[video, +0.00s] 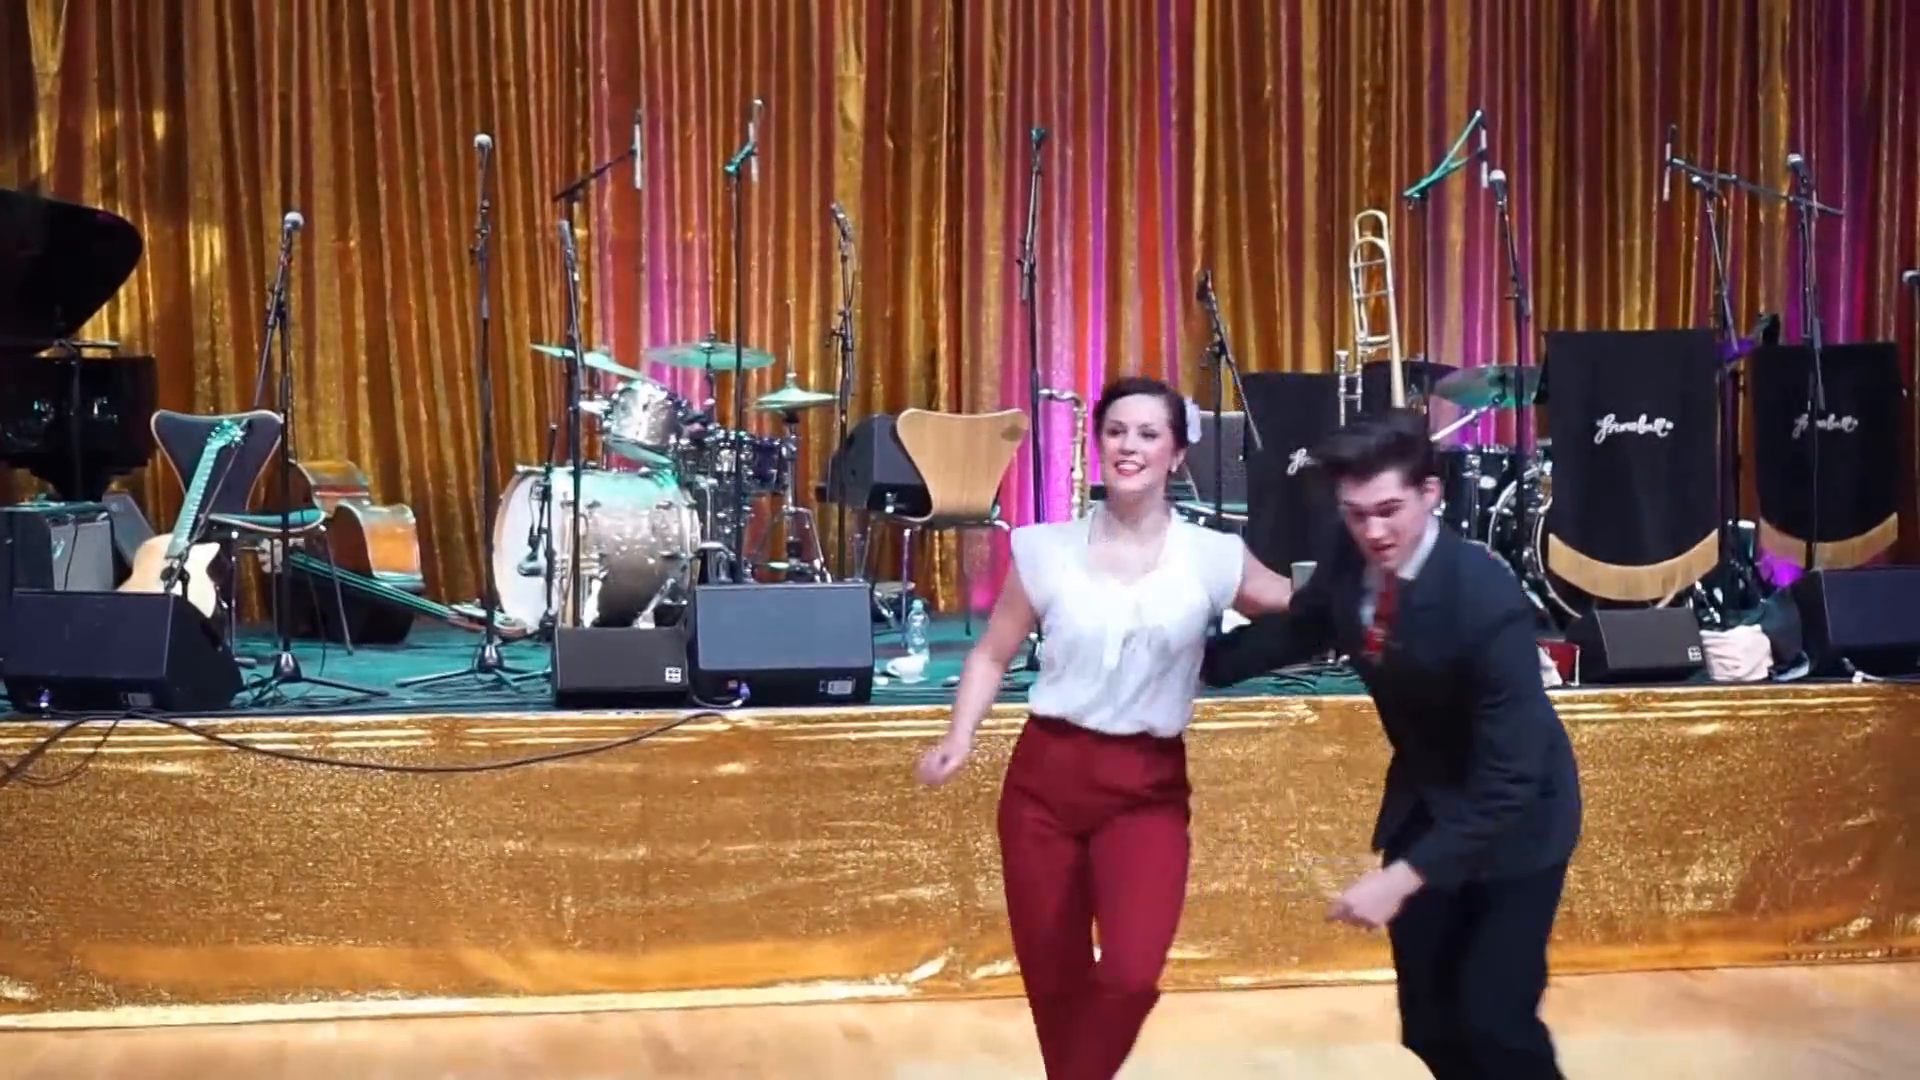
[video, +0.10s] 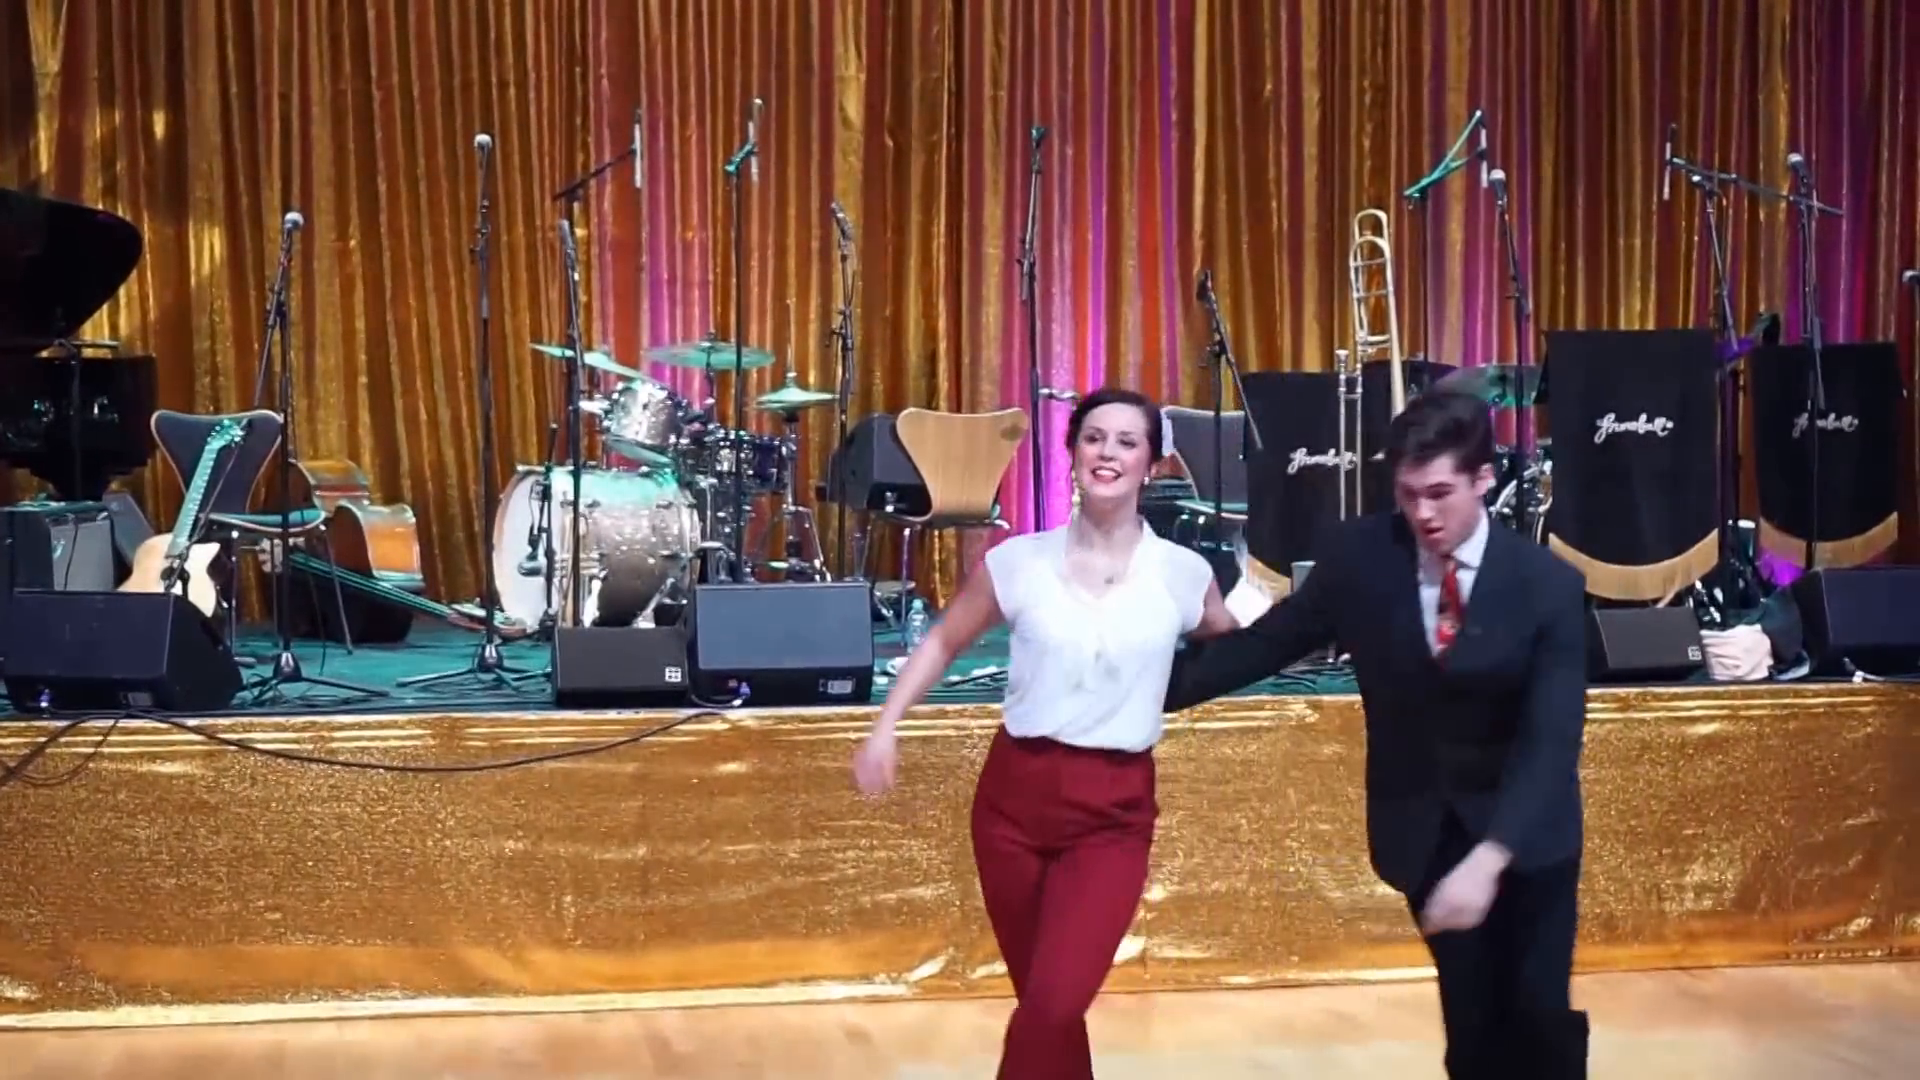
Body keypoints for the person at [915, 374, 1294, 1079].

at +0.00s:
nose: (1127, 447)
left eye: (1147, 435)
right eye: (1115, 433)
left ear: (1177, 456)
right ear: (1096, 446)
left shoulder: (1214, 557)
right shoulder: (1045, 550)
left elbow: (1314, 614)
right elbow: (991, 655)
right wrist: (960, 737)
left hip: (1147, 798)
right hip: (1042, 791)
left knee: (1133, 979)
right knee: (1054, 991)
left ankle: (1072, 1075)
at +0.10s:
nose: (1107, 453)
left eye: (1127, 443)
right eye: (1094, 439)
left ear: (1154, 466)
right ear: (1074, 457)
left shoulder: (1187, 577)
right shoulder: (1015, 563)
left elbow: (1244, 664)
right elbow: (942, 643)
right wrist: (884, 727)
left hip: (1113, 815)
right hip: (1012, 804)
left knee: (1051, 1011)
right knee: (1047, 1010)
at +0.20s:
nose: (1101, 424)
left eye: (1121, 417)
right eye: (1088, 408)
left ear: (1138, 445)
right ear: (1061, 423)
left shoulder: (1152, 552)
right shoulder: (992, 523)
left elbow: (1206, 647)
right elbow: (910, 600)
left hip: (1093, 785)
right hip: (991, 777)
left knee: (1030, 991)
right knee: (953, 986)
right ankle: (1027, 1070)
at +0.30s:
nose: (1091, 426)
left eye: (1109, 422)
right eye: (1078, 410)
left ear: (1118, 455)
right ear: (1039, 424)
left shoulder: (1121, 551)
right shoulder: (962, 521)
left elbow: (1172, 653)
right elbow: (875, 588)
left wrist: (1263, 601)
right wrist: (761, 570)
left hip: (1086, 790)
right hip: (982, 791)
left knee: (1029, 995)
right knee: (887, 973)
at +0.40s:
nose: (1098, 442)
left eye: (1105, 436)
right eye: (1080, 425)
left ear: (1103, 463)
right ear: (1027, 438)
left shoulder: (1104, 570)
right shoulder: (943, 536)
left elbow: (1152, 680)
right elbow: (839, 585)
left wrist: (1254, 613)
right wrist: (725, 574)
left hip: (1068, 810)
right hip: (964, 809)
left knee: (1021, 1015)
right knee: (903, 1016)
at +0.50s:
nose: (1110, 428)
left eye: (1108, 414)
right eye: (1093, 410)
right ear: (1037, 418)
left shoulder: (1102, 553)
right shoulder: (936, 517)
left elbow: (1148, 663)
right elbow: (827, 579)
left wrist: (1232, 615)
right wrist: (705, 571)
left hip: (1055, 788)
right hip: (945, 783)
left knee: (1022, 1005)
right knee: (919, 984)